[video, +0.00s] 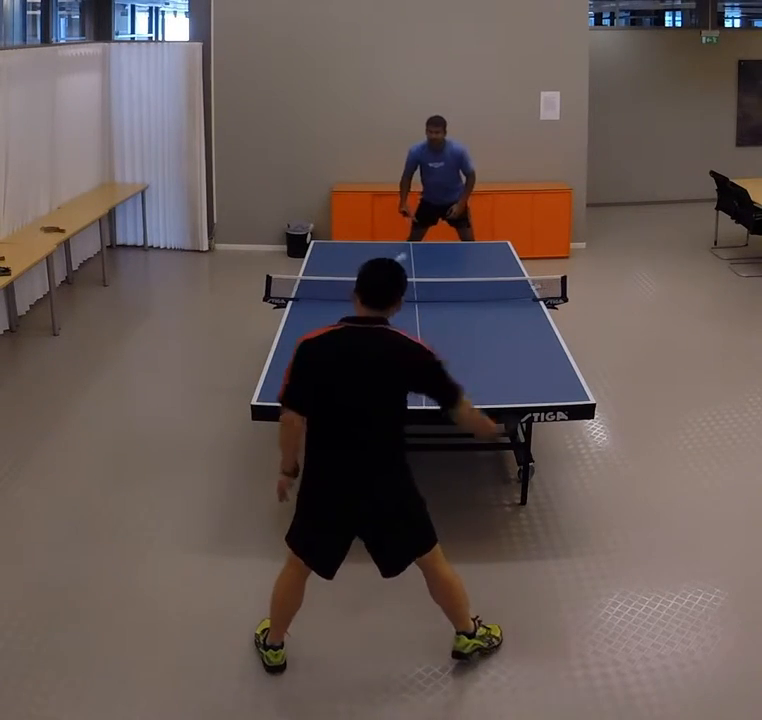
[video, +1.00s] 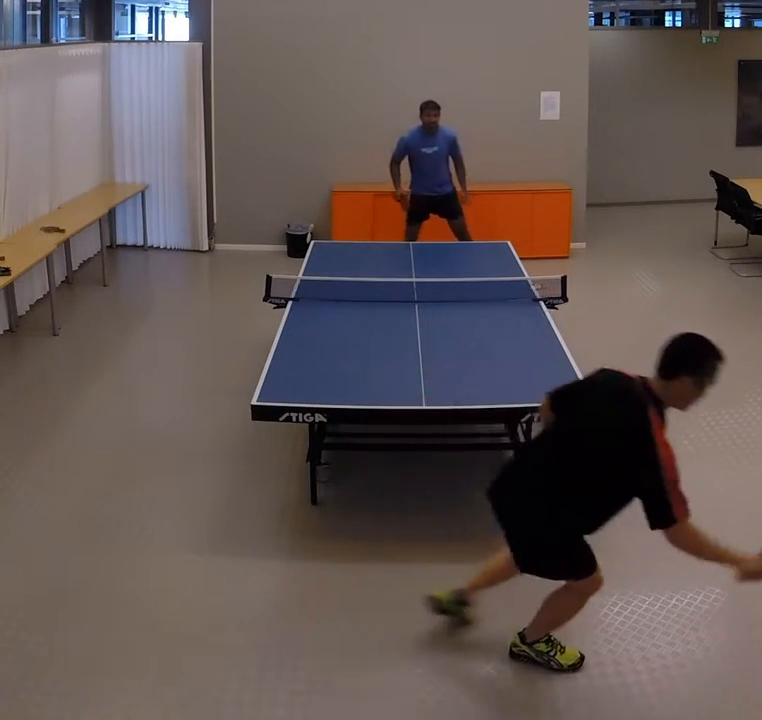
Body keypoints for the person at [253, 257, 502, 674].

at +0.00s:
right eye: (398, 298)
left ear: (355, 295)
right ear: (399, 302)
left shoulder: (313, 346)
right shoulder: (408, 352)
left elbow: (292, 416)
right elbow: (459, 409)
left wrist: (289, 469)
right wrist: (490, 429)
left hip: (326, 484)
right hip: (388, 484)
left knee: (297, 566)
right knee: (432, 563)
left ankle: (273, 643)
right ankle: (468, 635)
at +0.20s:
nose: (449, 319)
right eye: (450, 313)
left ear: (404, 308)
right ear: (446, 319)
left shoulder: (356, 351)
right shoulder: (442, 371)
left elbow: (309, 402)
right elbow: (438, 419)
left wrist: (299, 454)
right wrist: (451, 476)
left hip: (341, 490)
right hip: (400, 495)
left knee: (306, 565)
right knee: (445, 570)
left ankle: (273, 643)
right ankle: (467, 647)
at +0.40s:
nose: (468, 320)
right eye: (467, 314)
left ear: (422, 311)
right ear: (463, 320)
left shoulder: (380, 354)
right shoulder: (462, 376)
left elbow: (341, 419)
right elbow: (463, 454)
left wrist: (368, 455)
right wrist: (482, 517)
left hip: (364, 489)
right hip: (421, 498)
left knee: (323, 565)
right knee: (456, 567)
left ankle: (287, 646)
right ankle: (468, 647)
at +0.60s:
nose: (483, 338)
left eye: (481, 330)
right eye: (483, 331)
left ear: (437, 326)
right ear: (476, 336)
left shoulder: (393, 368)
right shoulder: (478, 396)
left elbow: (354, 418)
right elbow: (490, 472)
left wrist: (384, 451)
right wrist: (516, 489)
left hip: (369, 503)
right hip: (430, 514)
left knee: (326, 559)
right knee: (487, 563)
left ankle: (291, 645)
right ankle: (496, 645)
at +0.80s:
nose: (592, 363)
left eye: (593, 355)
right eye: (594, 356)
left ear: (552, 340)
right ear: (584, 356)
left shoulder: (493, 366)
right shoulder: (562, 421)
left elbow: (435, 405)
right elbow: (569, 506)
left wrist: (439, 455)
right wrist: (614, 549)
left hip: (432, 496)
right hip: (486, 518)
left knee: (382, 554)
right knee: (550, 564)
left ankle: (303, 616)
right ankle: (530, 641)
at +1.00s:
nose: (703, 394)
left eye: (706, 386)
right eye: (703, 384)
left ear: (669, 368)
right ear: (683, 378)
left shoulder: (610, 381)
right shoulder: (650, 438)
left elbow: (551, 406)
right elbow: (675, 529)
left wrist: (565, 452)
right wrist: (737, 561)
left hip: (511, 485)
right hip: (543, 518)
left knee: (533, 548)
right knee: (586, 580)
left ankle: (460, 594)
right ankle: (532, 640)